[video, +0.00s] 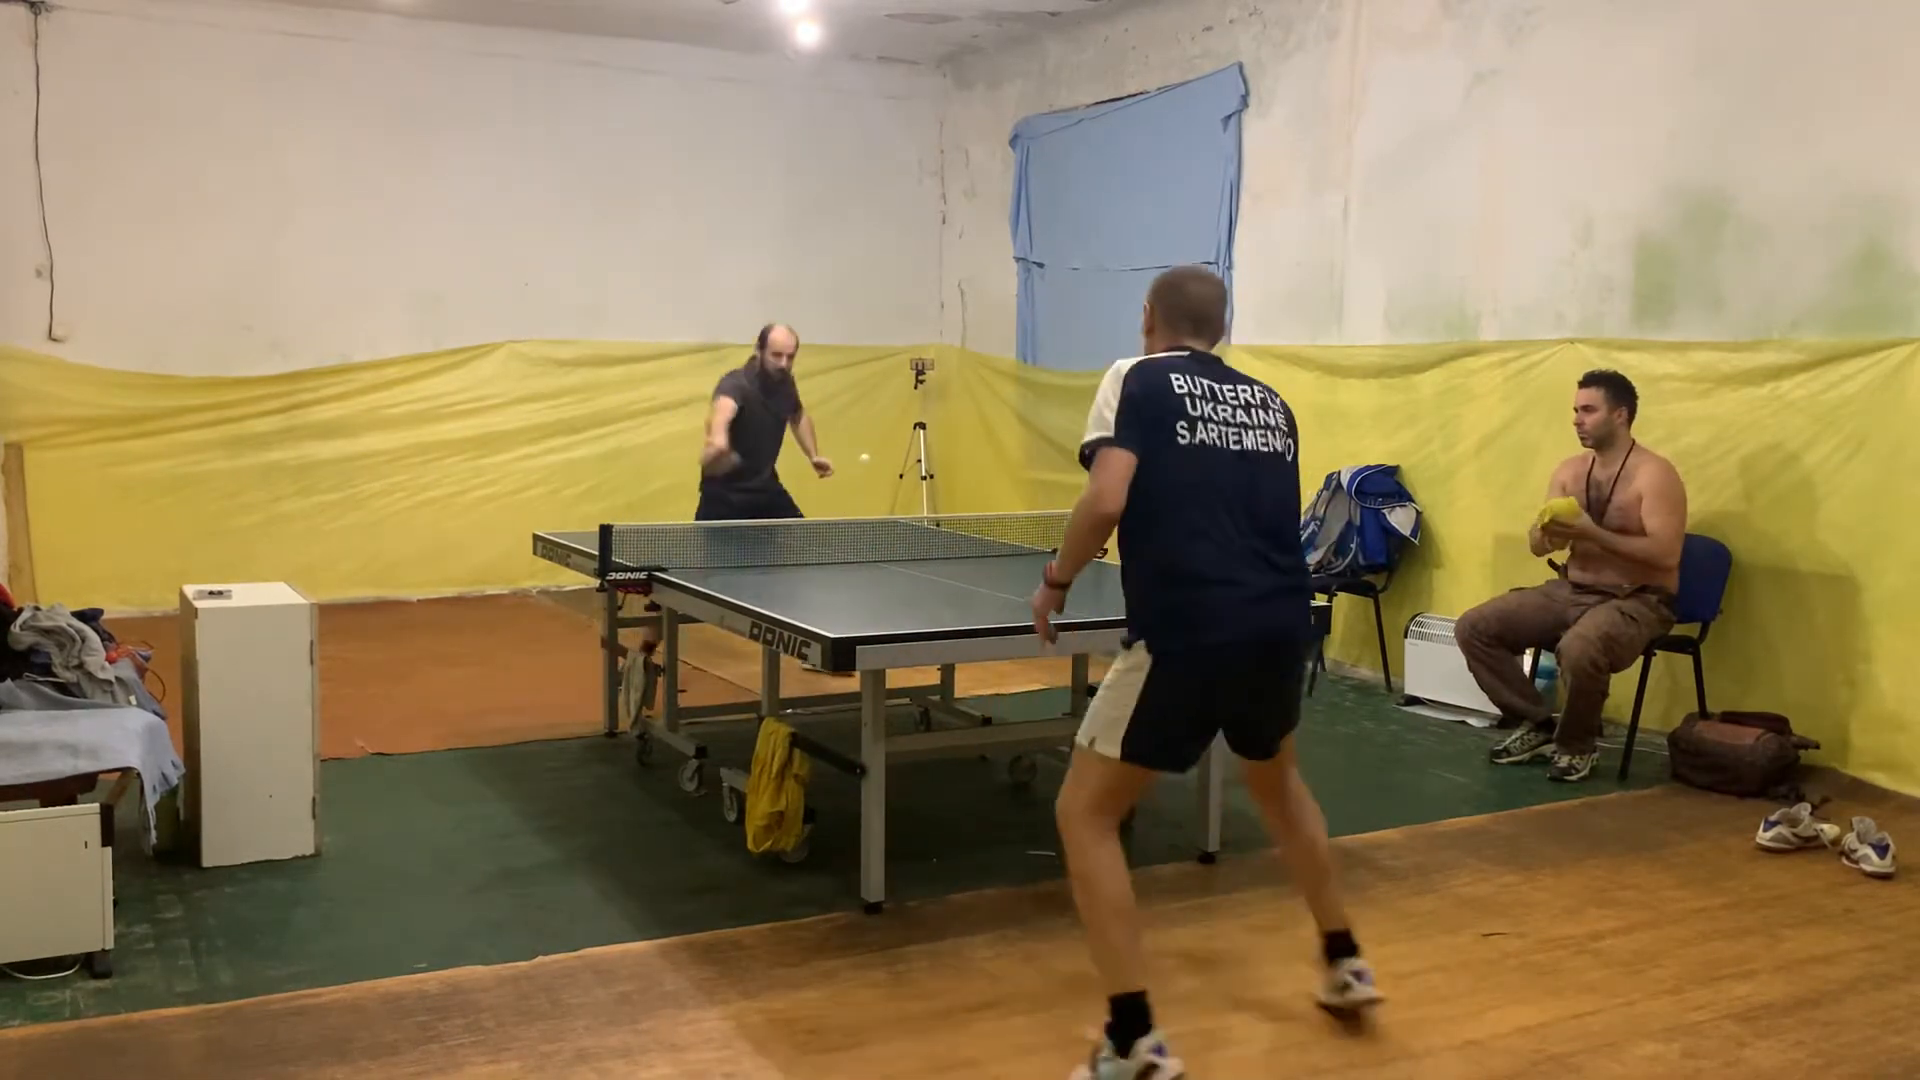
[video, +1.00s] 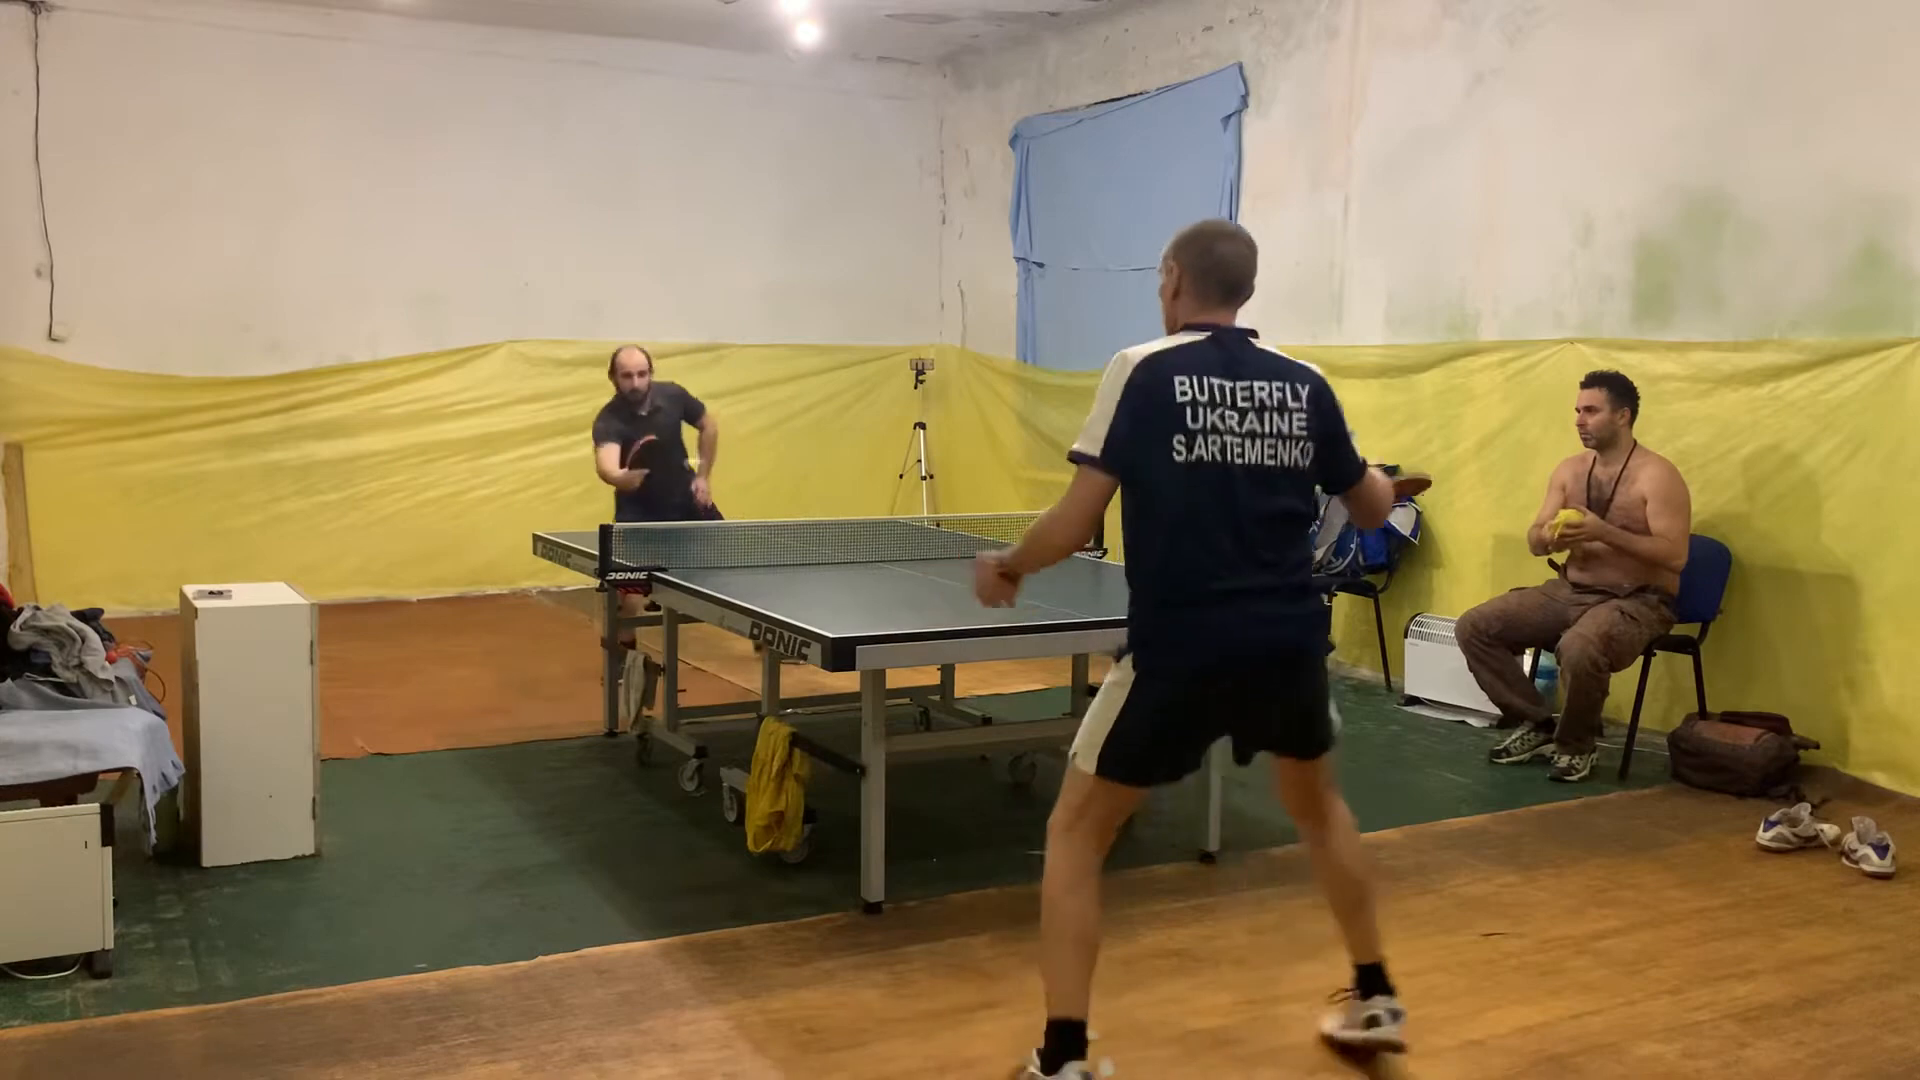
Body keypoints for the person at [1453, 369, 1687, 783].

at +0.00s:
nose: (1576, 419)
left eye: (1587, 410)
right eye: (1576, 410)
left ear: (1621, 415)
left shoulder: (1656, 475)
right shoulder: (1570, 471)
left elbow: (1665, 558)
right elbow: (1542, 544)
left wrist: (1589, 534)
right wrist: (1545, 536)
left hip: (1638, 599)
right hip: (1573, 591)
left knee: (1579, 649)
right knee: (1475, 629)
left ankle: (1577, 745)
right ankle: (1535, 721)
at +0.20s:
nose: (1578, 419)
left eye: (1589, 410)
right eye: (1577, 410)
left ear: (1623, 415)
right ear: (1576, 414)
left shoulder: (1655, 475)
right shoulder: (1570, 471)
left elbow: (1667, 557)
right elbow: (1538, 544)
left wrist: (1592, 535)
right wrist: (1547, 535)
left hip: (1638, 599)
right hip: (1573, 591)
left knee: (1579, 649)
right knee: (1475, 629)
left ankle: (1577, 746)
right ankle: (1535, 721)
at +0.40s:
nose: (1578, 419)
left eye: (1589, 410)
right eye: (1577, 411)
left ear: (1623, 415)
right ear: (1576, 414)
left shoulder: (1656, 475)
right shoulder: (1569, 471)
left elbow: (1672, 555)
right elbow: (1538, 545)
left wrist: (1600, 533)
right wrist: (1544, 534)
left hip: (1638, 599)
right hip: (1573, 592)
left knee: (1578, 649)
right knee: (1475, 629)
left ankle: (1577, 746)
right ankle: (1535, 721)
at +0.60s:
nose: (1579, 420)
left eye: (1590, 411)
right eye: (1577, 411)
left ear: (1623, 415)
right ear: (1576, 414)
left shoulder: (1657, 475)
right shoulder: (1569, 471)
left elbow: (1674, 555)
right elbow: (1537, 543)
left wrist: (1603, 533)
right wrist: (1544, 536)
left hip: (1638, 599)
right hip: (1572, 591)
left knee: (1579, 649)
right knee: (1475, 628)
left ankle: (1576, 746)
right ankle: (1535, 722)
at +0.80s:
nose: (1579, 420)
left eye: (1590, 411)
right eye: (1577, 411)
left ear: (1623, 415)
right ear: (1577, 414)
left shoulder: (1657, 476)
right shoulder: (1569, 471)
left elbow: (1674, 555)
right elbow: (1535, 542)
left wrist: (1603, 532)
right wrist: (1551, 535)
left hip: (1638, 599)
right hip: (1572, 592)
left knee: (1579, 649)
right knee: (1475, 628)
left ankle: (1577, 746)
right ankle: (1534, 722)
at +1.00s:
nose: (1579, 419)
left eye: (1590, 411)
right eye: (1578, 411)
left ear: (1624, 416)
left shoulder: (1658, 476)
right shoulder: (1570, 470)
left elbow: (1674, 555)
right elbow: (1536, 543)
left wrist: (1603, 532)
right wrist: (1552, 532)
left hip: (1639, 599)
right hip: (1572, 592)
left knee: (1579, 649)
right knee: (1475, 627)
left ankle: (1577, 745)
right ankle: (1534, 722)